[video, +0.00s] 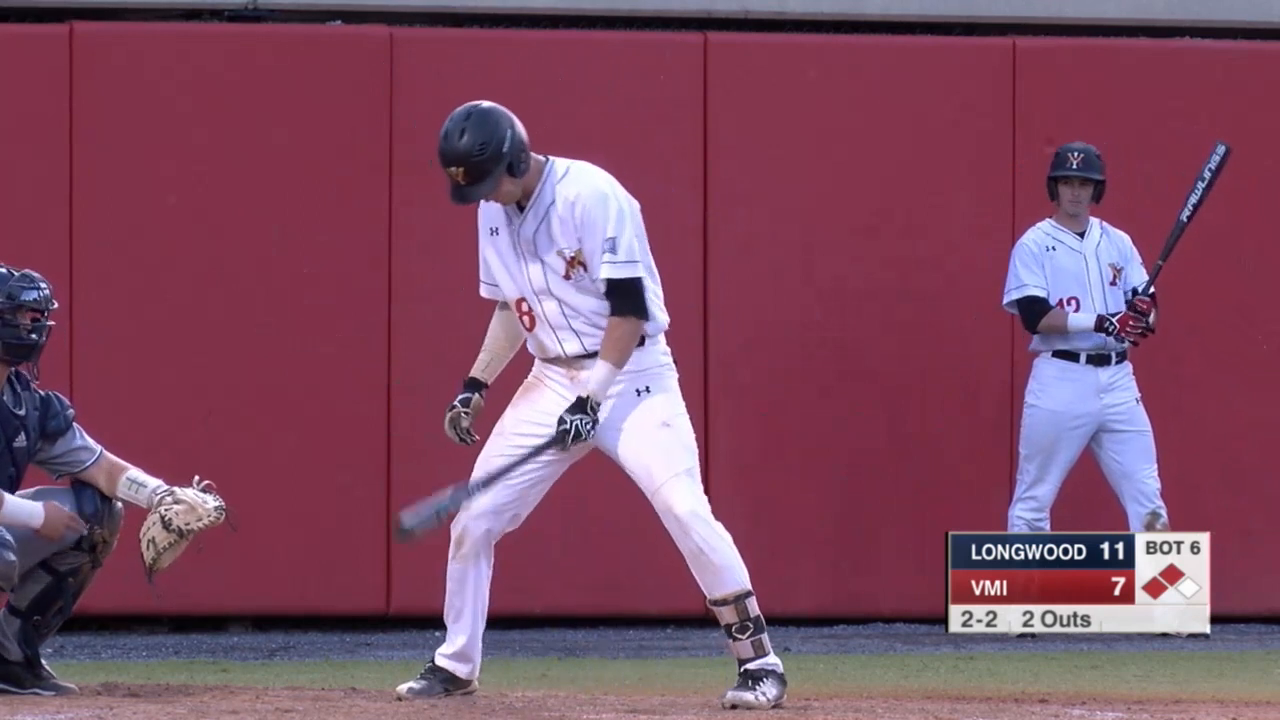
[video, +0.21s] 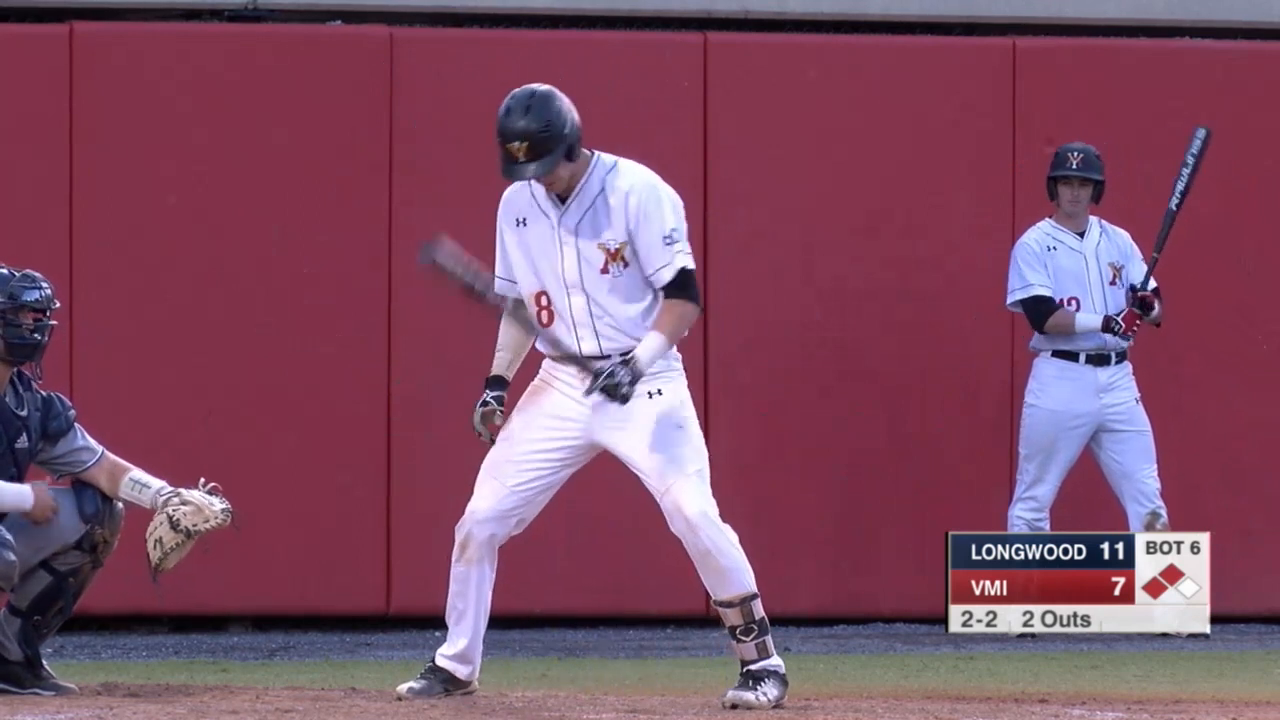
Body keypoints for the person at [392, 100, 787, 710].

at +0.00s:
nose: (485, 199)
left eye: (488, 186)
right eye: (477, 191)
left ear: (515, 162)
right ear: (476, 172)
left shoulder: (594, 193)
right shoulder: (492, 207)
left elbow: (629, 309)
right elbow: (510, 308)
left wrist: (589, 396)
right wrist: (473, 389)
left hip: (632, 378)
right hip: (552, 381)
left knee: (681, 505)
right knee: (474, 519)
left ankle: (759, 664)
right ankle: (455, 665)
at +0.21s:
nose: (535, 179)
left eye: (542, 166)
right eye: (525, 168)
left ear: (571, 146)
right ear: (515, 154)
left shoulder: (638, 190)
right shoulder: (516, 203)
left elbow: (684, 295)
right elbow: (519, 306)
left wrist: (639, 359)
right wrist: (497, 382)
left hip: (645, 383)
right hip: (558, 389)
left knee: (691, 512)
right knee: (479, 522)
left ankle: (761, 665)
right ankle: (455, 666)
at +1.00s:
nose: (628, 124)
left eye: (631, 112)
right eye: (613, 116)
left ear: (637, 114)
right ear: (577, 123)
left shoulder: (669, 197)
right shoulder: (535, 194)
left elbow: (680, 312)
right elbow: (520, 291)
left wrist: (643, 387)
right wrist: (520, 369)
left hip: (652, 380)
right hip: (561, 383)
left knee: (697, 513)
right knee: (483, 523)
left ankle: (762, 663)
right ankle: (455, 665)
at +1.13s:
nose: (615, 129)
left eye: (619, 117)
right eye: (600, 121)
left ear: (624, 118)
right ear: (565, 127)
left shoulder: (654, 199)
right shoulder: (525, 193)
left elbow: (650, 320)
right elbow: (509, 287)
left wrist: (571, 376)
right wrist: (493, 361)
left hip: (641, 386)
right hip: (554, 389)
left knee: (689, 511)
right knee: (477, 522)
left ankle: (761, 663)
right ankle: (454, 665)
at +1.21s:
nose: (603, 131)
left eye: (608, 119)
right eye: (588, 122)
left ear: (616, 120)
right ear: (555, 128)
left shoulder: (644, 197)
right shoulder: (519, 194)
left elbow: (632, 314)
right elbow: (503, 285)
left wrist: (560, 359)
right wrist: (479, 346)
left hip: (636, 388)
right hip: (547, 391)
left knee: (686, 510)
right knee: (473, 521)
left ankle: (760, 664)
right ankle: (454, 665)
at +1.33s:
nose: (582, 132)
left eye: (588, 119)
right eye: (568, 123)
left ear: (599, 120)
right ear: (538, 129)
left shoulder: (628, 195)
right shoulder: (511, 192)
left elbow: (593, 312)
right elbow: (499, 273)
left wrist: (505, 334)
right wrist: (467, 305)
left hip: (628, 380)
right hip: (546, 382)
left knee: (680, 509)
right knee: (469, 520)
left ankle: (759, 664)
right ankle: (454, 665)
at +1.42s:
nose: (578, 133)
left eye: (583, 121)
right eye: (564, 125)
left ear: (592, 121)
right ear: (532, 131)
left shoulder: (621, 193)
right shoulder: (509, 190)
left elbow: (576, 306)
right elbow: (504, 268)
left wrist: (488, 315)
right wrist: (468, 289)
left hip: (628, 380)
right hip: (547, 381)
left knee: (679, 509)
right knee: (468, 520)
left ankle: (760, 664)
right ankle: (454, 664)